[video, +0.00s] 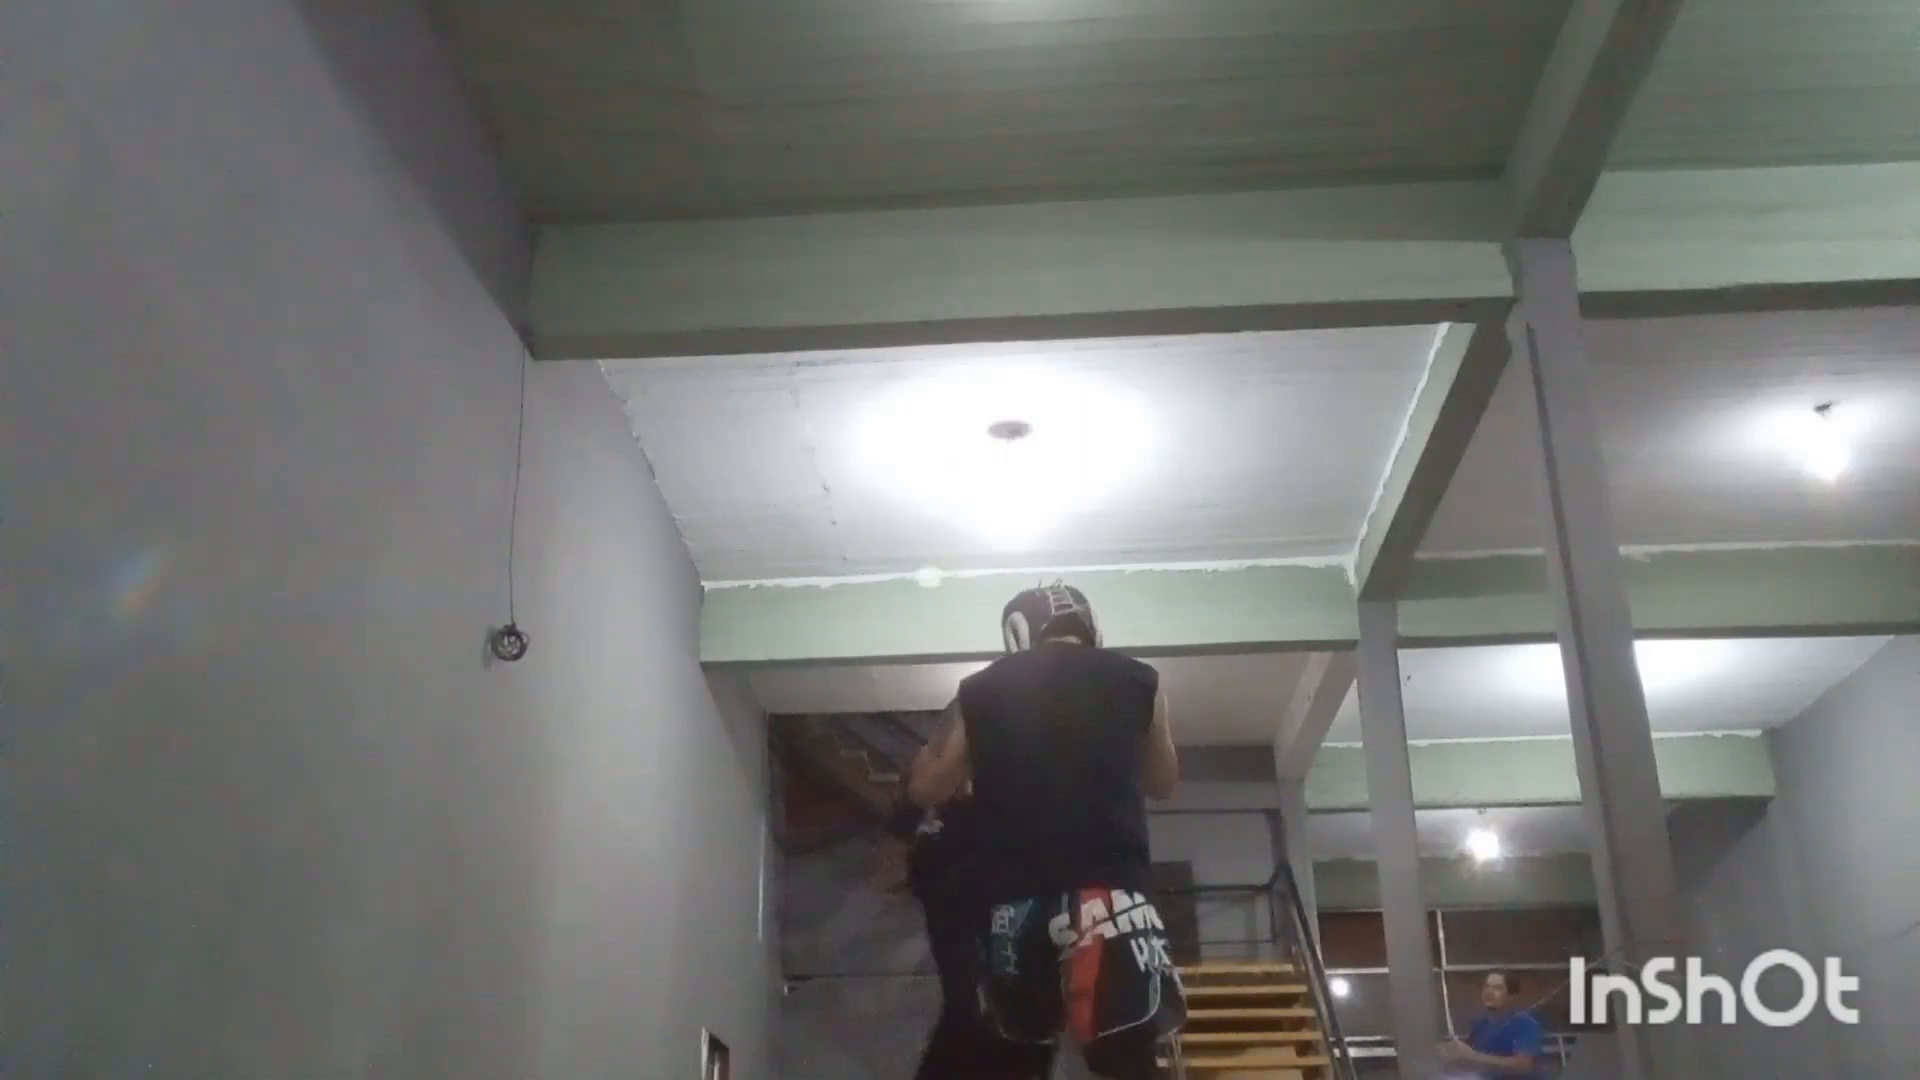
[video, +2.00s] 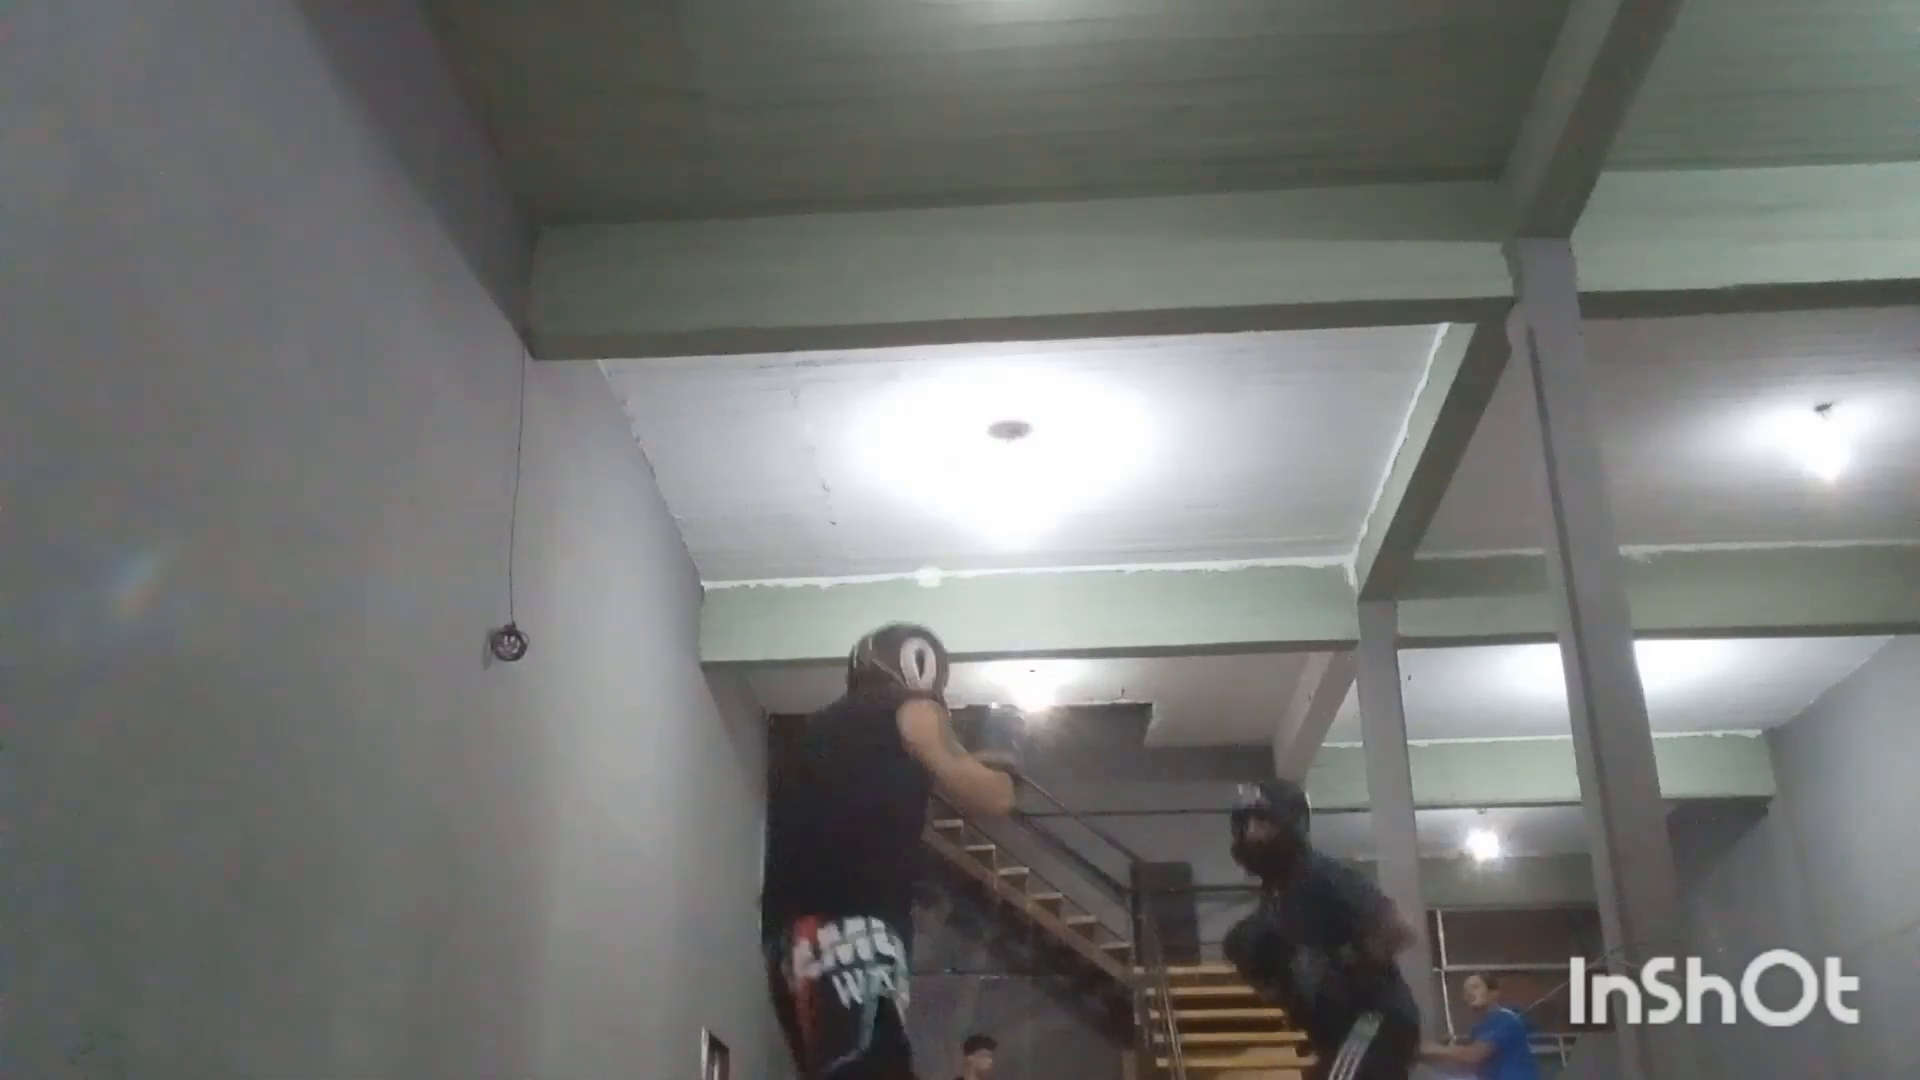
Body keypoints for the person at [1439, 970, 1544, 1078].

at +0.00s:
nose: (1489, 992)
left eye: (1497, 988)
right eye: (1487, 987)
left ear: (1511, 995)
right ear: (1482, 990)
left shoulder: (1525, 1024)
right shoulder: (1481, 1024)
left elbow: (1523, 1065)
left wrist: (1470, 1055)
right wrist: (1455, 1052)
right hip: (1481, 1075)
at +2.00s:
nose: (1470, 993)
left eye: (1476, 987)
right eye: (1467, 989)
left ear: (1494, 992)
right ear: (1464, 996)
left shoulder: (1506, 1019)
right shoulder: (1479, 1026)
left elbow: (1475, 1055)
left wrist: (1432, 1050)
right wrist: (1454, 1049)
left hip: (1515, 1076)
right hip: (1492, 1076)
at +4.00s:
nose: (1451, 994)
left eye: (1456, 989)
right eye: (1447, 991)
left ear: (1466, 992)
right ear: (1443, 996)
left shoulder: (1479, 1018)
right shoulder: (1453, 1029)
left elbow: (1475, 1056)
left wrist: (1426, 1049)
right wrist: (1419, 1048)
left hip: (1483, 1075)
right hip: (1459, 1075)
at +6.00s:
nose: (1458, 997)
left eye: (1462, 991)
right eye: (1451, 994)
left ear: (1471, 995)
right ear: (1445, 1002)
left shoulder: (1481, 1017)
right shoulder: (1453, 1031)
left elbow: (1477, 1055)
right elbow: (1446, 1054)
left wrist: (1427, 1050)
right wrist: (1418, 1046)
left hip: (1485, 1075)